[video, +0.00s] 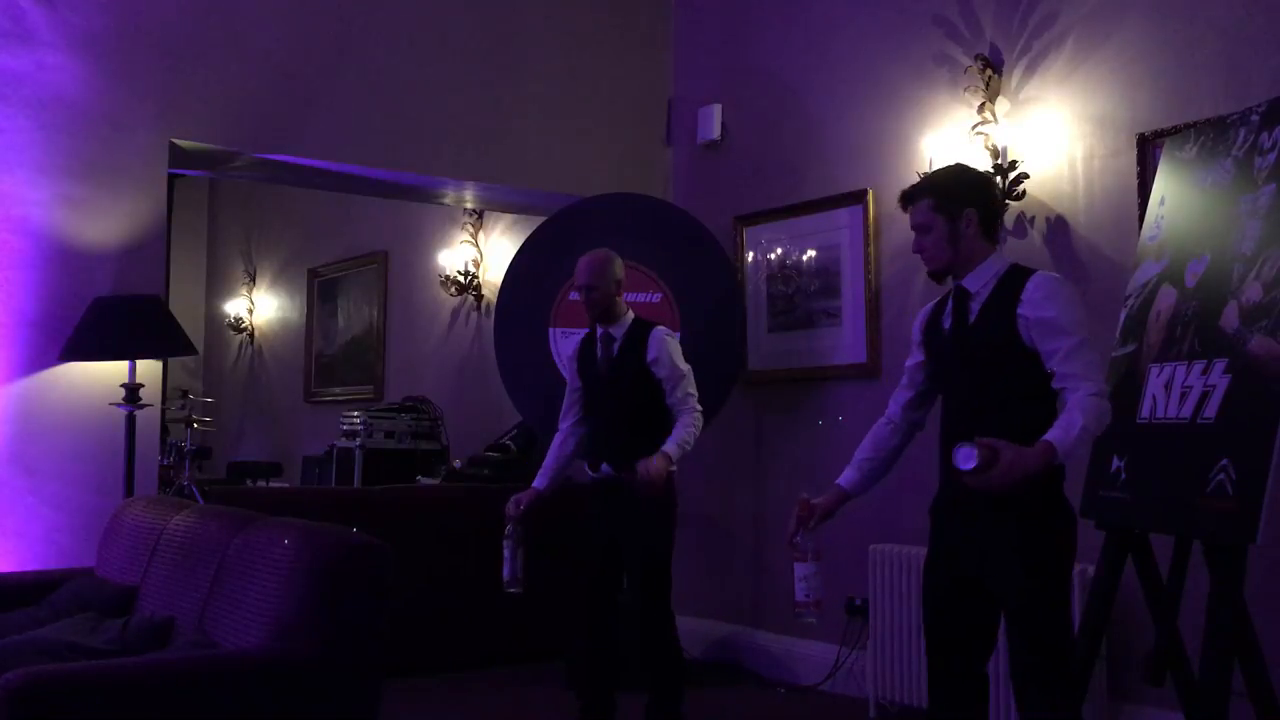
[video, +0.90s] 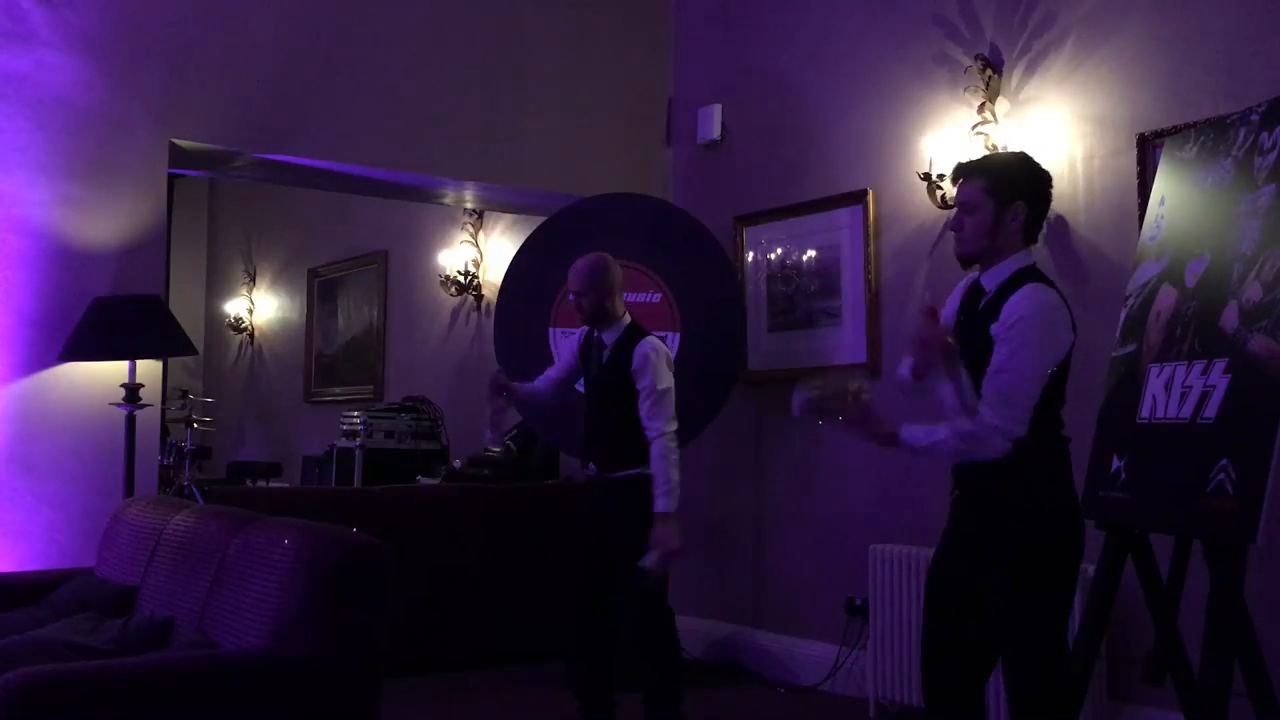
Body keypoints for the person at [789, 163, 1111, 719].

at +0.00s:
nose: (915, 245)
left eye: (924, 230)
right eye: (913, 232)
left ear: (969, 224)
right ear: (958, 228)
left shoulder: (1039, 294)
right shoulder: (936, 318)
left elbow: (1090, 398)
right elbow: (900, 417)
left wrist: (1039, 455)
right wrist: (837, 494)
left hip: (1031, 517)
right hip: (958, 518)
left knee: (1042, 684)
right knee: (953, 684)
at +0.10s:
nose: (928, 240)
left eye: (938, 225)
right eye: (927, 227)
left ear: (982, 221)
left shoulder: (1048, 294)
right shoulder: (946, 313)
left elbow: (1093, 403)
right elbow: (904, 404)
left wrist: (1035, 470)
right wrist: (828, 463)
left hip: (1035, 517)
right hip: (962, 515)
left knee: (1043, 686)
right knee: (955, 685)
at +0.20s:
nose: (940, 236)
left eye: (950, 219)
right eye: (941, 221)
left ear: (995, 218)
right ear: (989, 220)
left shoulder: (1055, 297)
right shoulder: (958, 307)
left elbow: (1097, 410)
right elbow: (904, 377)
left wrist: (1028, 486)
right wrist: (822, 395)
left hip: (1035, 526)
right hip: (963, 522)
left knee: (1042, 691)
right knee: (954, 689)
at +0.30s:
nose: (949, 223)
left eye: (962, 209)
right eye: (952, 209)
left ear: (1006, 216)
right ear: (994, 219)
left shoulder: (1056, 298)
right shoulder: (968, 302)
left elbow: (1093, 414)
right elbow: (898, 347)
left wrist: (1020, 500)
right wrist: (823, 315)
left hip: (1033, 535)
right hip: (965, 531)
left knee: (1039, 695)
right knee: (954, 693)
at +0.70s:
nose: (960, 214)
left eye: (975, 202)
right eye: (964, 201)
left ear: (1019, 217)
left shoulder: (1043, 308)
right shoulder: (979, 293)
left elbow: (1012, 437)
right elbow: (886, 329)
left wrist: (932, 515)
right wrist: (830, 277)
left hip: (1028, 516)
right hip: (974, 510)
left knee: (1035, 687)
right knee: (950, 681)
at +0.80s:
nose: (958, 219)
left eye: (973, 207)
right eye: (960, 205)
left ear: (1019, 218)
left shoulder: (1038, 308)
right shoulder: (976, 295)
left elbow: (991, 436)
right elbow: (885, 358)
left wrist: (895, 486)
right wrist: (868, 314)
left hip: (1030, 510)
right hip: (979, 504)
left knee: (1031, 675)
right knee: (949, 667)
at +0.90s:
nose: (954, 221)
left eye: (969, 208)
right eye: (956, 207)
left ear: (1014, 219)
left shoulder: (1034, 305)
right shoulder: (970, 292)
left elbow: (997, 432)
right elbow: (915, 385)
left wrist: (897, 433)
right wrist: (923, 357)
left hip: (1030, 507)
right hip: (978, 499)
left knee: (1034, 677)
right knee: (948, 667)